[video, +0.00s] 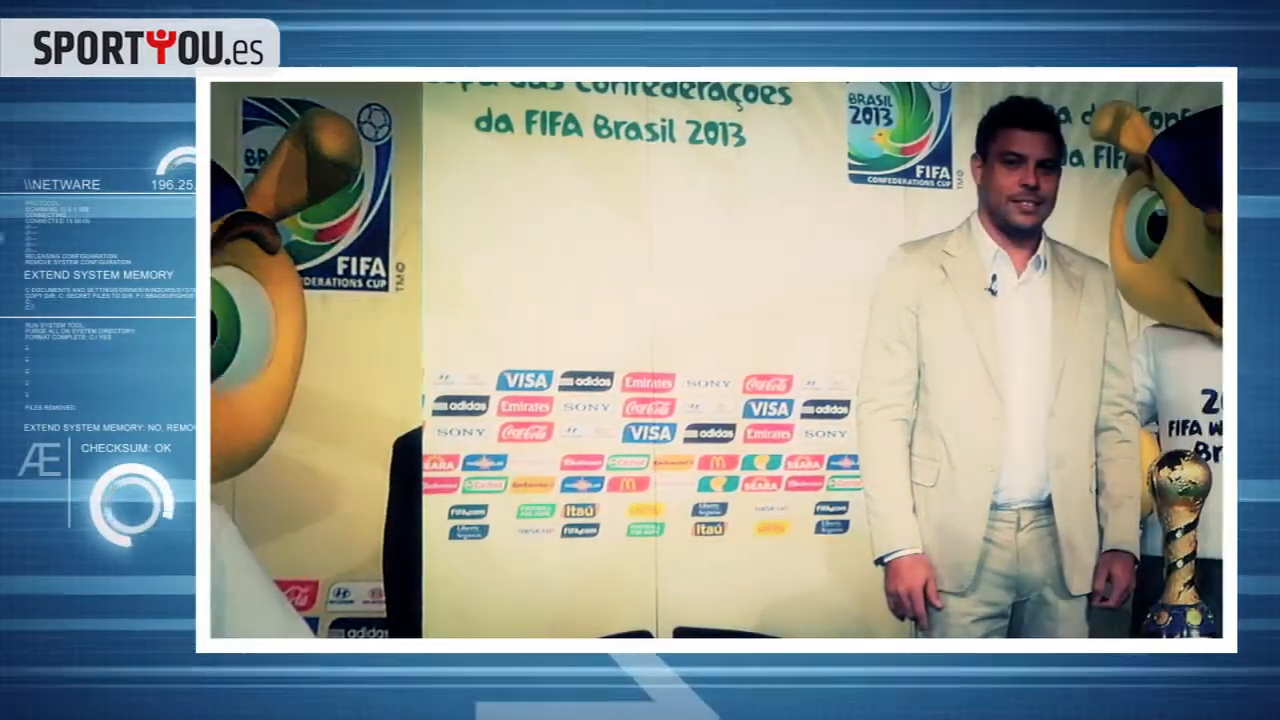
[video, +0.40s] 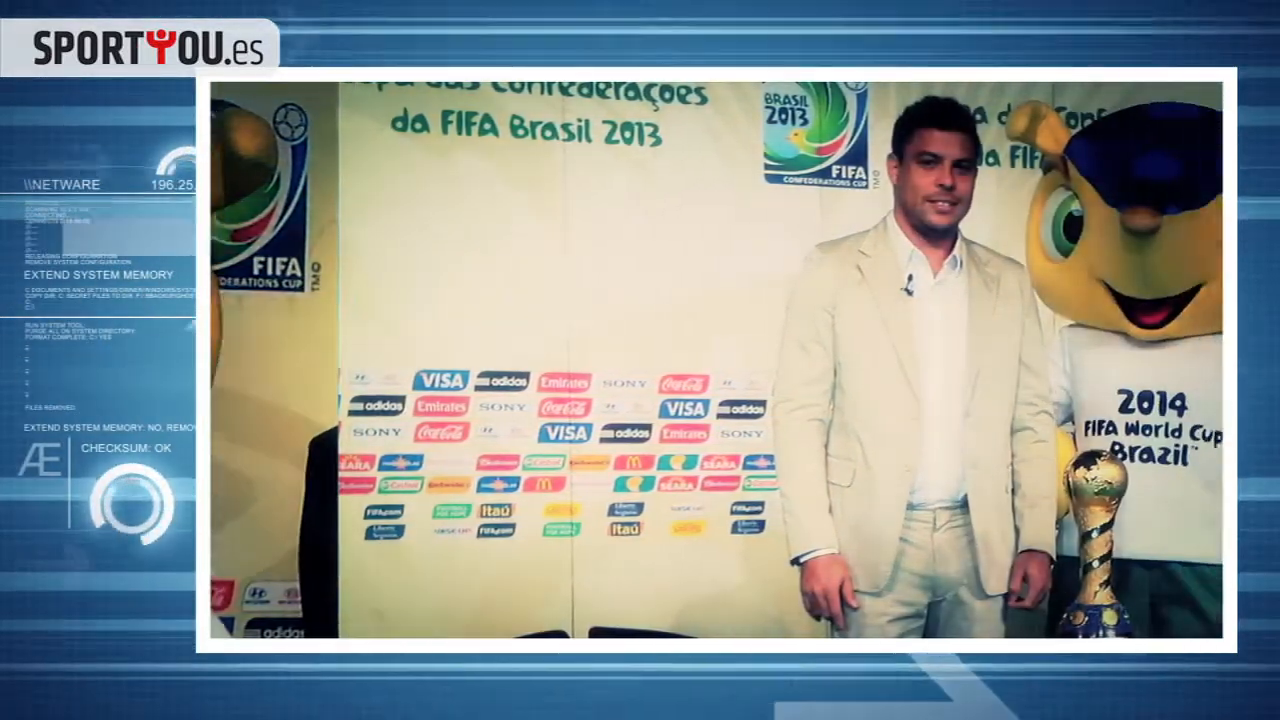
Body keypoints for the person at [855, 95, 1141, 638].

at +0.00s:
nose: (1031, 180)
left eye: (1047, 166)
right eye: (1013, 162)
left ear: (1060, 177)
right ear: (978, 170)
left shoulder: (1093, 282)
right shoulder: (915, 270)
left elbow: (1116, 422)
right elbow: (882, 414)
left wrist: (1120, 542)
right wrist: (899, 549)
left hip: (1066, 544)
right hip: (958, 547)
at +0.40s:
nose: (947, 180)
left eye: (963, 166)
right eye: (929, 162)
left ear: (976, 178)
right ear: (894, 170)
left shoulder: (1010, 283)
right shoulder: (832, 271)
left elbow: (1033, 423)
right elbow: (798, 414)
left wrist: (1036, 543)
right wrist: (815, 549)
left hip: (983, 544)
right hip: (874, 546)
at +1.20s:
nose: (779, 181)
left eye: (795, 166)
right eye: (761, 162)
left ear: (809, 177)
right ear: (726, 170)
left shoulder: (842, 283)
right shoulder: (663, 271)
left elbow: (865, 423)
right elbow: (630, 416)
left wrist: (868, 543)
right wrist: (647, 549)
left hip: (814, 542)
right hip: (706, 545)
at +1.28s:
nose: (763, 180)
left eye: (779, 166)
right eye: (744, 162)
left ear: (792, 178)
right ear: (709, 170)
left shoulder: (826, 283)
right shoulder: (646, 270)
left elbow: (848, 423)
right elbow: (614, 415)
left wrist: (851, 543)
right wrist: (631, 549)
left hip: (799, 542)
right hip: (690, 544)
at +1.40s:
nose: (738, 180)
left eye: (754, 166)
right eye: (719, 162)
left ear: (767, 177)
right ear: (684, 169)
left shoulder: (800, 283)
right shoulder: (621, 271)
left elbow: (823, 423)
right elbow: (589, 415)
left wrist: (826, 543)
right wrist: (606, 549)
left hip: (773, 542)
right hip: (665, 544)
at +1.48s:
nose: (721, 180)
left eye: (737, 166)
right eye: (703, 162)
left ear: (750, 178)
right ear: (667, 170)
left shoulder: (784, 283)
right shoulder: (603, 271)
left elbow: (806, 423)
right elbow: (572, 416)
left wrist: (809, 543)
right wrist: (589, 549)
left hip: (756, 542)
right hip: (648, 544)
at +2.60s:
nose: (488, 180)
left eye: (504, 166)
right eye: (469, 162)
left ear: (517, 178)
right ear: (434, 170)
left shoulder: (550, 282)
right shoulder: (371, 270)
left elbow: (573, 423)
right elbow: (338, 414)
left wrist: (576, 543)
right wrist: (356, 548)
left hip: (522, 543)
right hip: (415, 544)